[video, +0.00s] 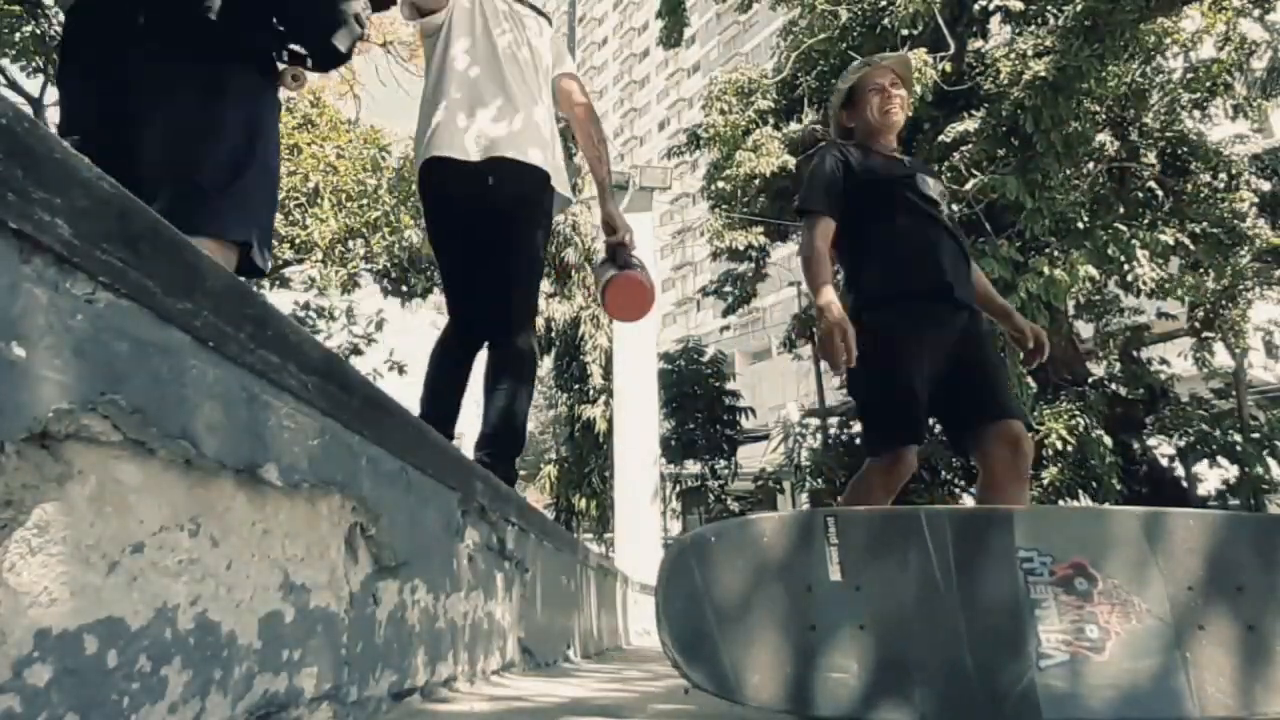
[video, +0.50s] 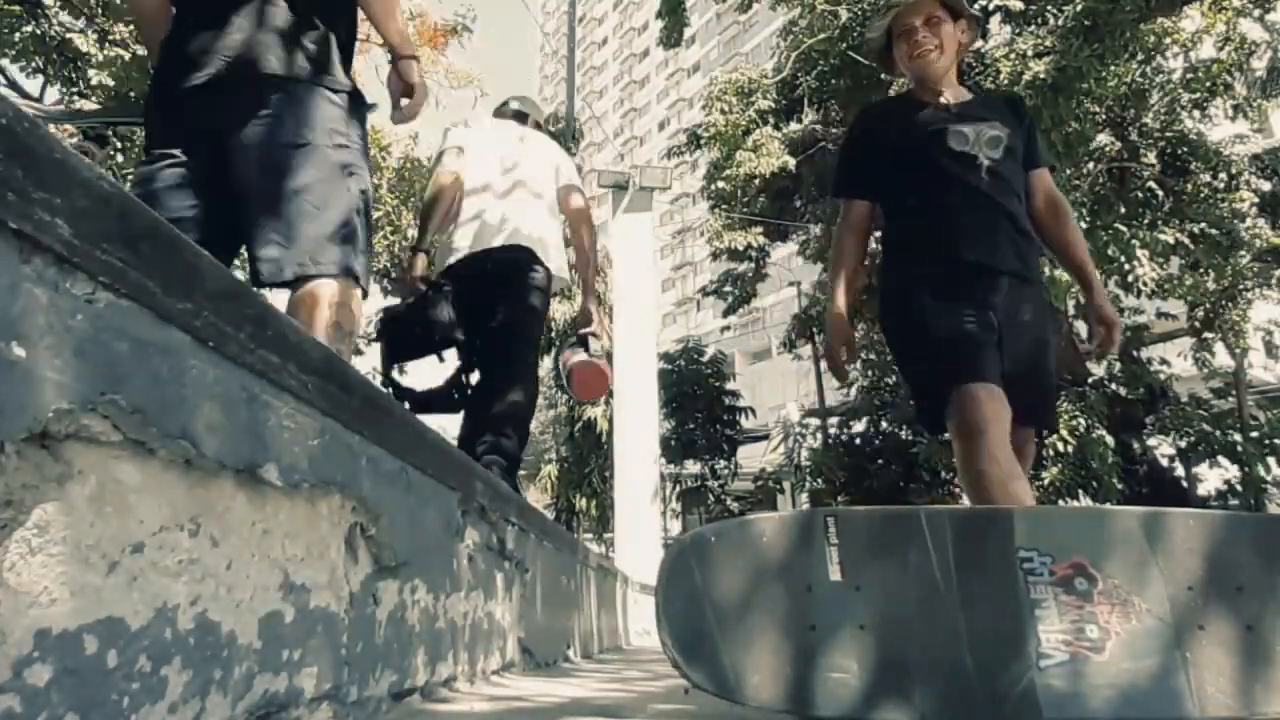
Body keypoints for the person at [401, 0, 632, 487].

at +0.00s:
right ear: (527, 5)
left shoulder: (447, 7)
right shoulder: (542, 30)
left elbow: (406, 2)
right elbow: (578, 105)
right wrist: (608, 202)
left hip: (445, 160)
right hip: (523, 167)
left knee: (464, 323)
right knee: (516, 329)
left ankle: (426, 450)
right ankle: (494, 473)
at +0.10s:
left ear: (480, 0)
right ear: (525, 9)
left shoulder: (460, 12)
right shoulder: (548, 43)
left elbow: (414, 26)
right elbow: (587, 124)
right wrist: (609, 210)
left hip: (452, 177)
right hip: (529, 185)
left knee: (468, 328)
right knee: (518, 333)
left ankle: (435, 454)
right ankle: (496, 472)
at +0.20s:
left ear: (485, 24)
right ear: (533, 39)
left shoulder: (462, 31)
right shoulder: (552, 66)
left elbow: (445, 59)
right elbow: (588, 136)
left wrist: (410, 92)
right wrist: (608, 225)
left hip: (459, 196)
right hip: (530, 202)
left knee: (475, 334)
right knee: (518, 340)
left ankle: (437, 454)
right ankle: (496, 473)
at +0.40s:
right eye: (543, 105)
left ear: (495, 93)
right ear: (536, 104)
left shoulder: (467, 106)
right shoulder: (554, 129)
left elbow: (453, 145)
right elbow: (583, 197)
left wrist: (421, 221)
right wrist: (593, 287)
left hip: (461, 246)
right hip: (529, 252)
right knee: (505, 377)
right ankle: (485, 485)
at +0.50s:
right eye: (544, 128)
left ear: (495, 115)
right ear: (537, 124)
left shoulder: (465, 132)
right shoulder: (553, 151)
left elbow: (448, 182)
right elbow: (578, 213)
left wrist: (420, 249)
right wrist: (588, 299)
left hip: (464, 261)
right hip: (528, 260)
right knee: (514, 373)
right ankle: (495, 461)